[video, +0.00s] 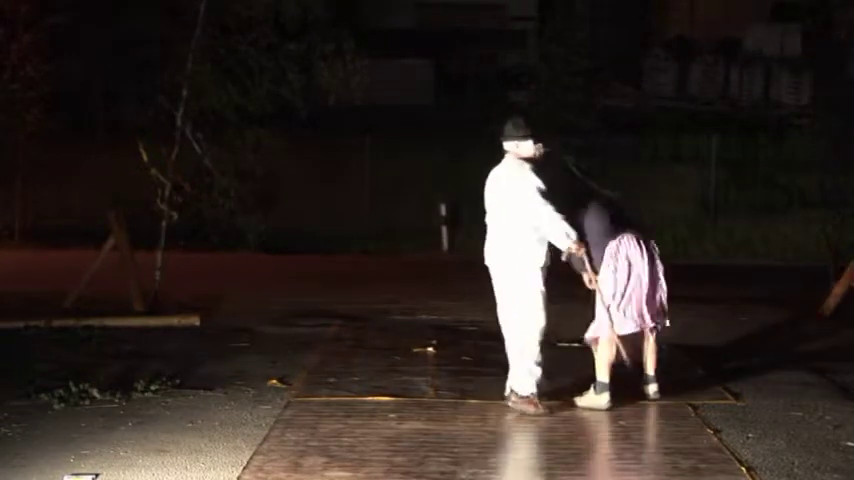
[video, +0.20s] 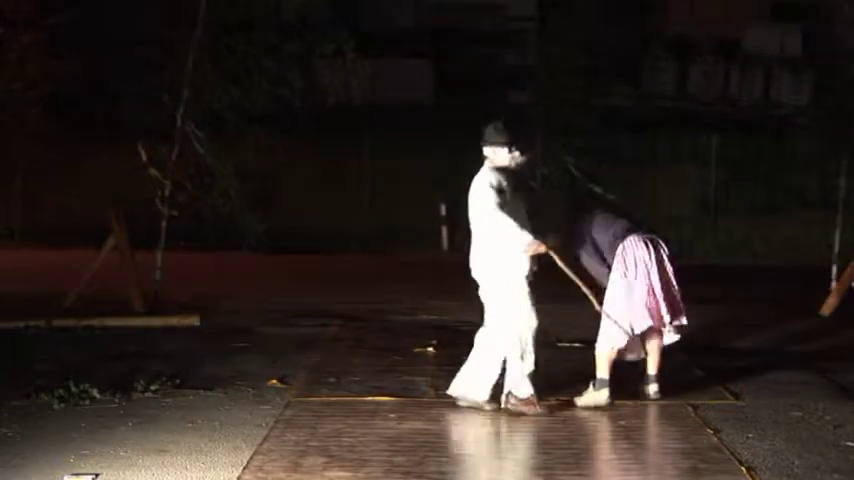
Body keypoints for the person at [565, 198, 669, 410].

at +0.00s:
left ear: (614, 224)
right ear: (633, 222)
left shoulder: (615, 248)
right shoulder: (648, 245)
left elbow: (608, 284)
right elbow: (659, 281)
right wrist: (662, 307)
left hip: (618, 307)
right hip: (645, 304)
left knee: (604, 338)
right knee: (649, 333)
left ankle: (601, 390)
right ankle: (651, 382)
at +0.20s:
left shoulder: (581, 237)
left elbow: (600, 271)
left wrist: (615, 292)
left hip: (628, 255)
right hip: (655, 249)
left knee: (612, 322)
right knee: (654, 322)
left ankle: (601, 387)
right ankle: (652, 383)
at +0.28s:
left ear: (590, 213)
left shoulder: (592, 223)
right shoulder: (629, 219)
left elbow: (589, 253)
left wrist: (610, 279)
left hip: (630, 253)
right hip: (658, 251)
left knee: (602, 319)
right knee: (654, 321)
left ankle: (601, 375)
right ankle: (652, 382)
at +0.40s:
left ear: (592, 202)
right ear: (614, 198)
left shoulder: (592, 216)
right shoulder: (632, 207)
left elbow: (595, 250)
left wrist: (598, 271)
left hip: (631, 249)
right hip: (661, 243)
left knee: (599, 303)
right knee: (655, 315)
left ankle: (613, 358)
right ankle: (652, 380)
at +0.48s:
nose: (592, 187)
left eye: (593, 184)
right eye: (593, 184)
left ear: (595, 186)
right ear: (619, 184)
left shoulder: (597, 203)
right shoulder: (641, 194)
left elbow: (597, 232)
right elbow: (674, 207)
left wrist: (595, 260)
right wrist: (697, 235)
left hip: (629, 246)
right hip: (661, 242)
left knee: (606, 308)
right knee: (655, 314)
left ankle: (614, 363)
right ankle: (651, 380)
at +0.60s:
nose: (584, 192)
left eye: (584, 188)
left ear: (587, 190)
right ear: (608, 181)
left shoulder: (593, 206)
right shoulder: (637, 191)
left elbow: (604, 239)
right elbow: (667, 200)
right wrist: (686, 230)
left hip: (625, 255)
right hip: (658, 247)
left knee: (612, 315)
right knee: (653, 316)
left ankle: (615, 373)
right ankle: (649, 378)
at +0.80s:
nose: (589, 185)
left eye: (590, 181)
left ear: (594, 182)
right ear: (619, 175)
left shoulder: (596, 203)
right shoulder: (639, 192)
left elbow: (588, 213)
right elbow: (669, 208)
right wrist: (676, 240)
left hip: (619, 252)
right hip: (653, 248)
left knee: (610, 308)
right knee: (650, 304)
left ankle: (615, 371)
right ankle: (654, 357)